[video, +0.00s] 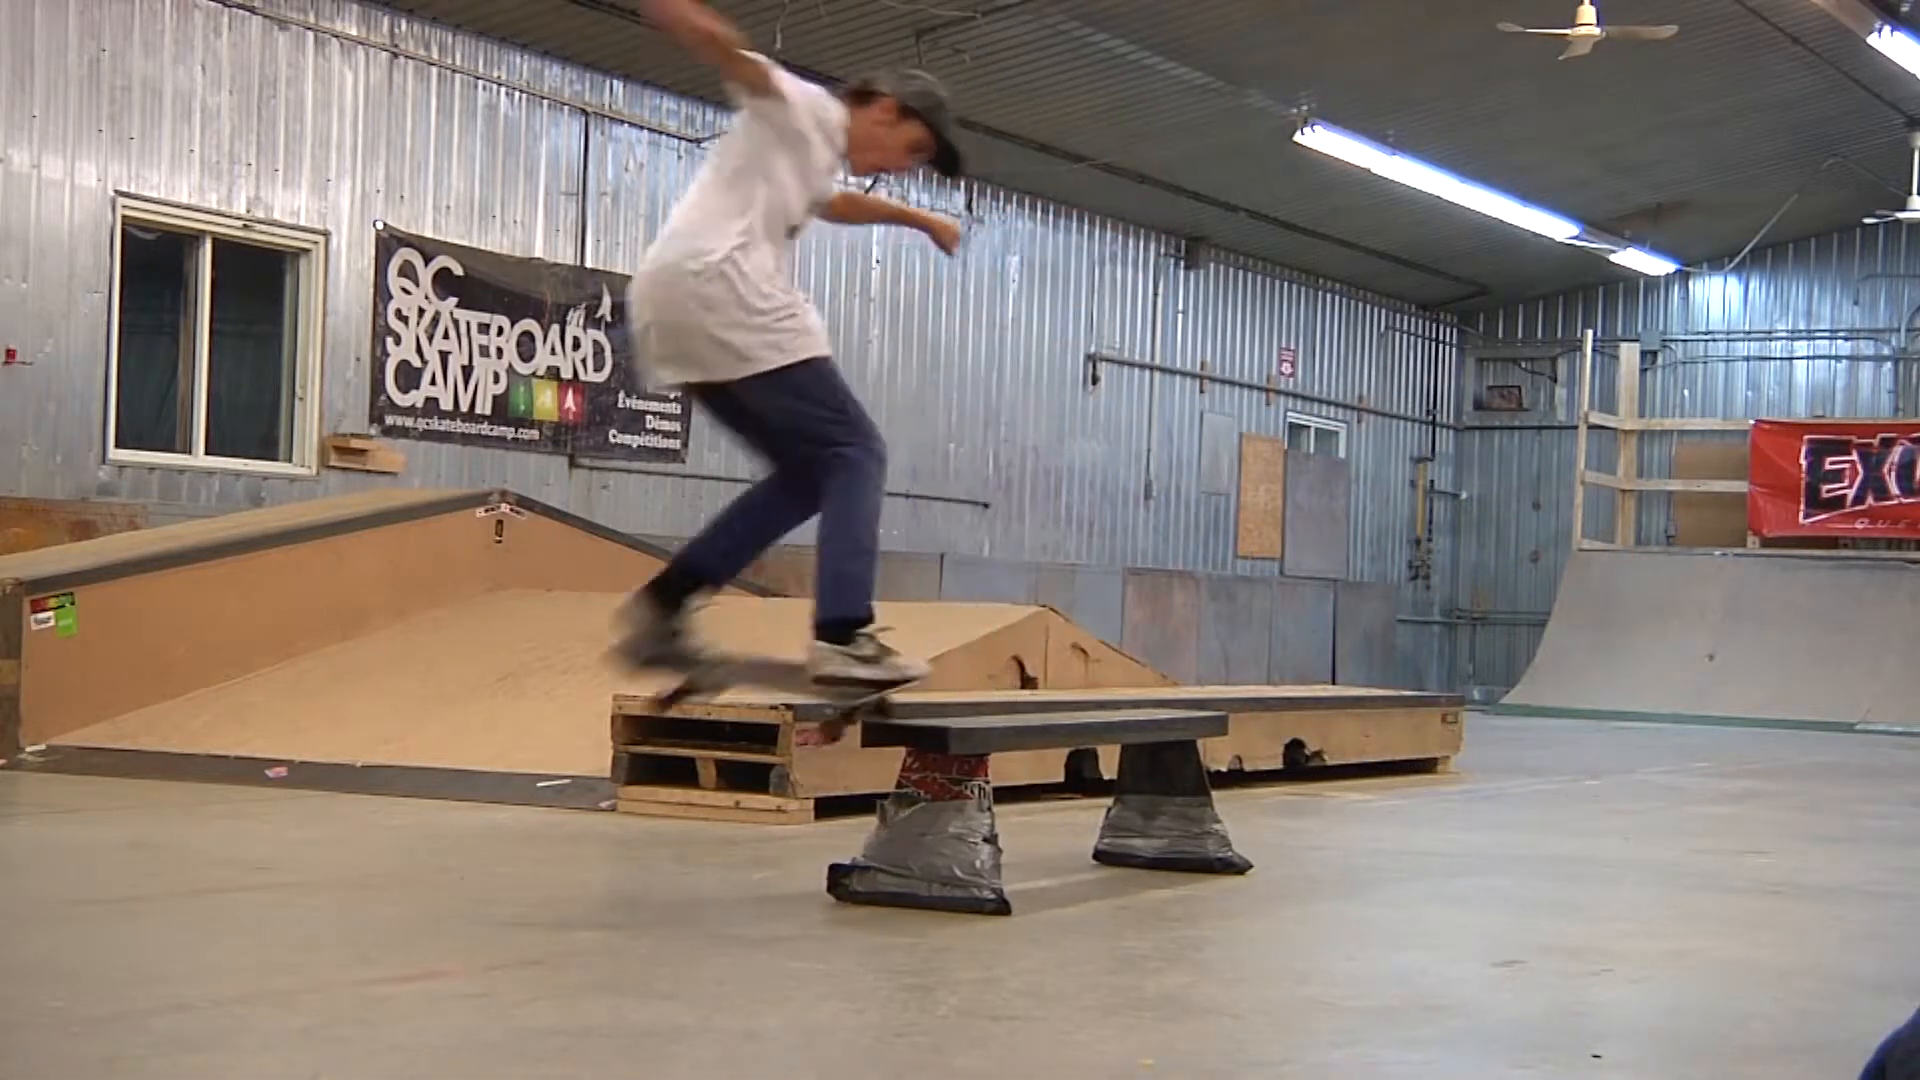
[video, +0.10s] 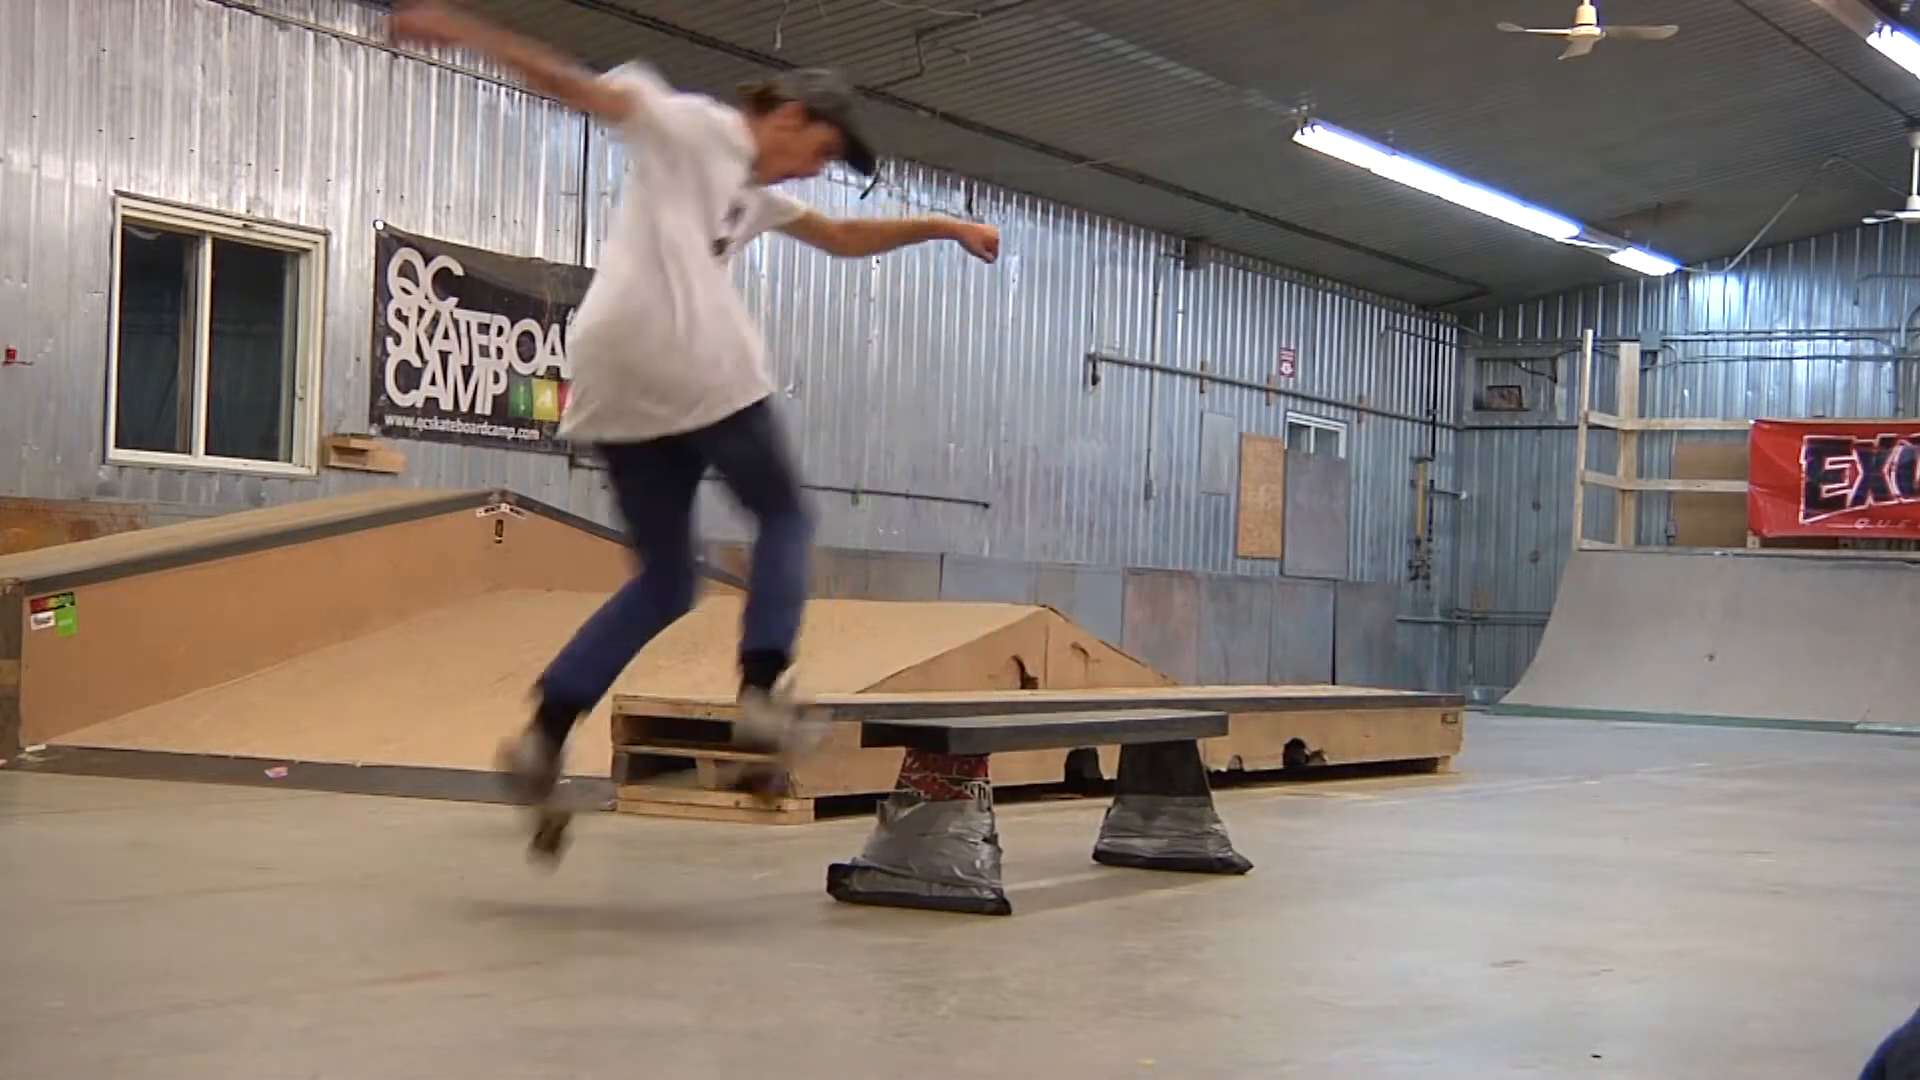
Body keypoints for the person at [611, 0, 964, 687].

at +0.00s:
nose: (902, 167)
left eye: (914, 162)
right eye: (911, 148)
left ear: (884, 122)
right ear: (887, 108)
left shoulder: (817, 165)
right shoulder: (810, 106)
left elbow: (836, 205)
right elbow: (748, 72)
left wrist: (920, 220)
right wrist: (711, 36)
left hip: (674, 303)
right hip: (721, 283)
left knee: (808, 473)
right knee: (855, 450)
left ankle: (660, 609)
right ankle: (843, 637)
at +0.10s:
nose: (812, 174)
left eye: (823, 165)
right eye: (819, 154)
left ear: (798, 135)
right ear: (789, 114)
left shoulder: (756, 198)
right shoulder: (694, 122)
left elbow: (843, 237)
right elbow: (575, 85)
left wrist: (948, 228)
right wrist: (463, 30)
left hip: (616, 372)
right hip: (690, 353)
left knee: (668, 584)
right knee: (783, 515)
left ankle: (545, 731)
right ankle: (763, 693)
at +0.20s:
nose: (731, 210)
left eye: (741, 201)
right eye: (734, 190)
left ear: (709, 173)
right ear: (699, 157)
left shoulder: (677, 248)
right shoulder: (622, 202)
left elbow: (781, 277)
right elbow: (494, 218)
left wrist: (847, 233)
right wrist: (357, 240)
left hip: (531, 471)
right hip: (612, 467)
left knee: (557, 668)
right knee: (660, 651)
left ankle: (465, 821)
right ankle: (685, 833)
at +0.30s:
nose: (661, 248)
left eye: (671, 235)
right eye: (668, 228)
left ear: (635, 196)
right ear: (640, 194)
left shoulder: (575, 256)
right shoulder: (548, 241)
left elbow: (664, 331)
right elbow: (434, 342)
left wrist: (690, 292)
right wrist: (406, 490)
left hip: (428, 500)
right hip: (498, 499)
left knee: (459, 688)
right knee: (573, 645)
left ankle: (375, 843)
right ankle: (589, 839)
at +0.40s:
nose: (581, 242)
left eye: (594, 230)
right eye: (592, 223)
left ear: (546, 181)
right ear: (562, 188)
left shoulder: (426, 200)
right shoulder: (473, 245)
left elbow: (516, 291)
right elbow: (399, 391)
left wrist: (548, 366)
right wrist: (448, 537)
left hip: (288, 455)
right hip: (372, 470)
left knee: (340, 655)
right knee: (472, 630)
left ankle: (280, 839)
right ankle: (501, 836)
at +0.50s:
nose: (496, 218)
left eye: (509, 205)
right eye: (505, 198)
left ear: (446, 149)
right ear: (475, 167)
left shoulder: (328, 166)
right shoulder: (386, 241)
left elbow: (406, 326)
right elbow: (308, 386)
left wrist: (471, 433)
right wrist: (362, 534)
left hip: (183, 430)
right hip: (279, 453)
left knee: (225, 640)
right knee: (361, 626)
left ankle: (183, 845)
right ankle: (401, 838)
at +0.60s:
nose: (398, 194)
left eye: (412, 181)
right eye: (408, 174)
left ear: (339, 118)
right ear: (380, 143)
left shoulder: (218, 142)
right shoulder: (297, 226)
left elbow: (302, 320)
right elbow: (209, 379)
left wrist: (379, 429)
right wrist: (242, 537)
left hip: (77, 434)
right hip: (177, 449)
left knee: (113, 644)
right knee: (256, 634)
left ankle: (83, 851)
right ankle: (293, 842)